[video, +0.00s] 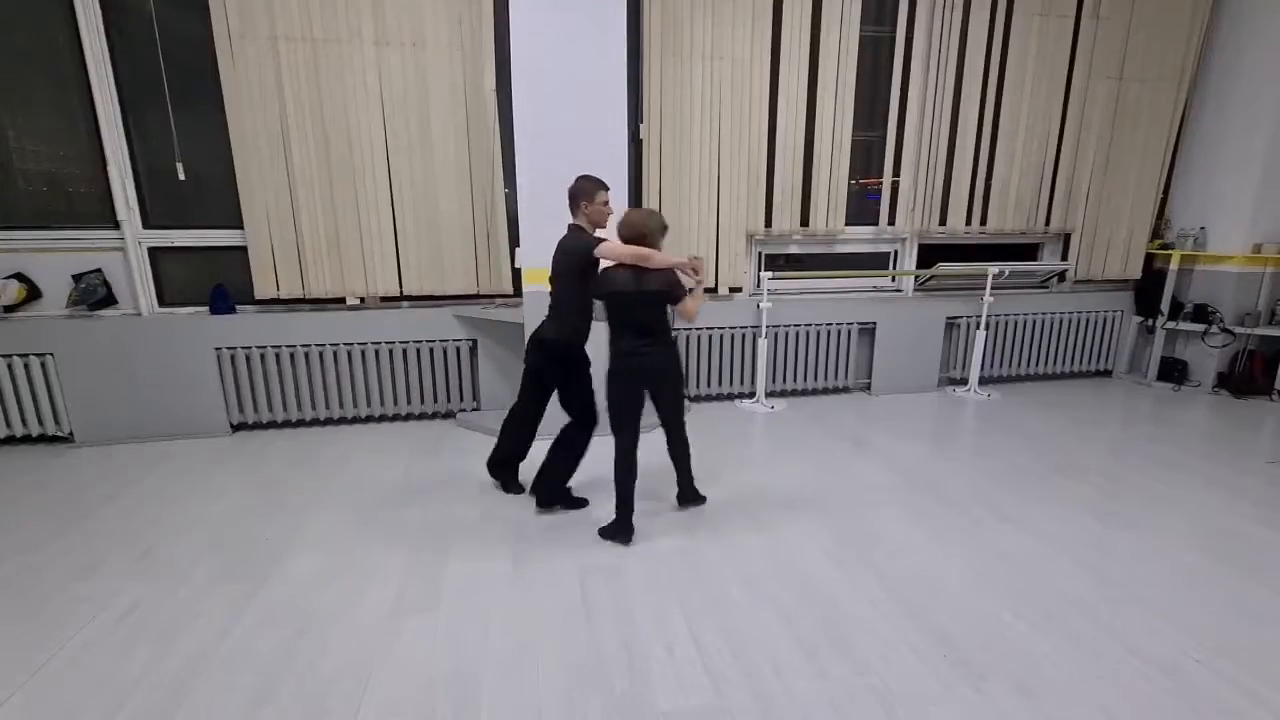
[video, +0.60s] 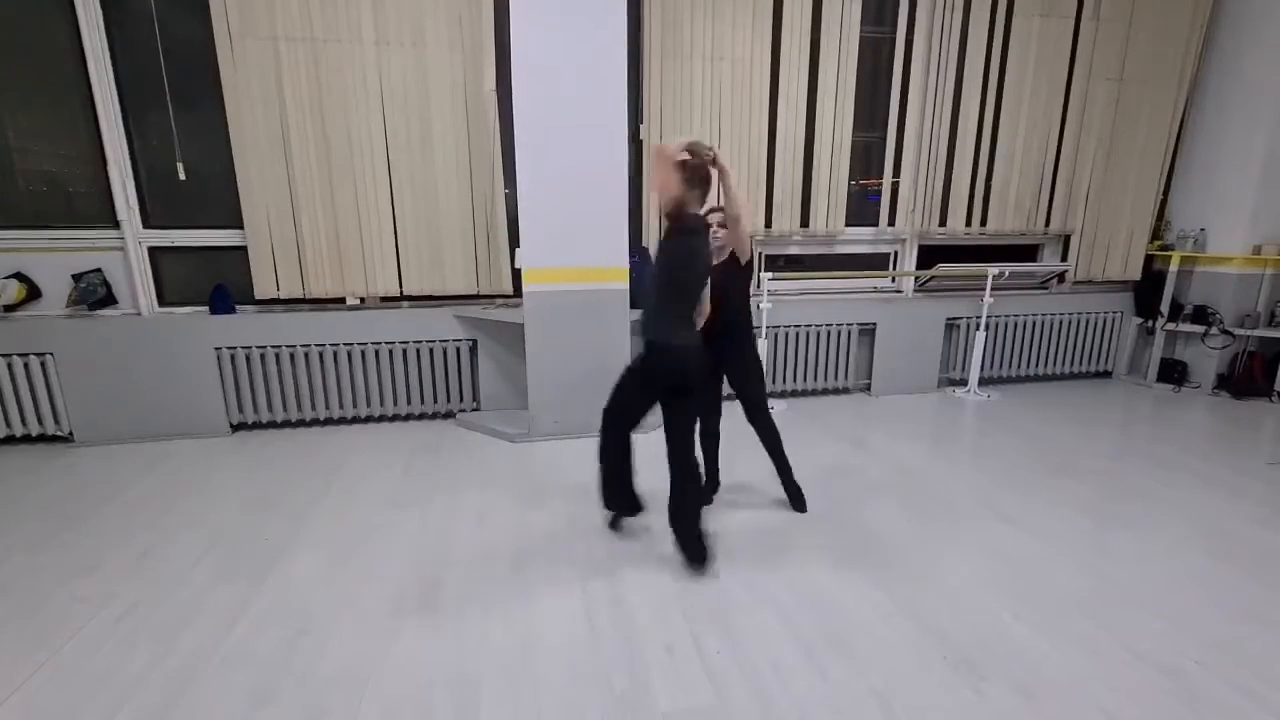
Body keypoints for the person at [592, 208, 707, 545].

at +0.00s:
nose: (663, 243)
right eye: (662, 238)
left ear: (623, 239)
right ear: (655, 241)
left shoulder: (608, 279)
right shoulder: (665, 277)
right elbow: (688, 312)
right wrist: (699, 285)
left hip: (624, 367)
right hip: (663, 365)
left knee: (625, 443)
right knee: (675, 430)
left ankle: (623, 522)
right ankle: (687, 490)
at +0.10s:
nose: (684, 238)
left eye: (683, 234)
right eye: (683, 234)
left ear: (646, 235)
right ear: (677, 237)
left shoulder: (631, 271)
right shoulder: (686, 275)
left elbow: (621, 299)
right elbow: (715, 309)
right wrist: (723, 278)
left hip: (645, 354)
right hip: (685, 355)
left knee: (640, 423)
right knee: (689, 425)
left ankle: (624, 493)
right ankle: (687, 491)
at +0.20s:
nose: (695, 244)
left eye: (695, 239)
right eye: (694, 239)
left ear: (659, 241)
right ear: (689, 242)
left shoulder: (653, 275)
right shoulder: (688, 283)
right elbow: (714, 319)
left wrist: (644, 225)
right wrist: (735, 291)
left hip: (663, 357)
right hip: (692, 363)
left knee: (687, 403)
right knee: (695, 429)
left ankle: (650, 417)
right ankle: (686, 492)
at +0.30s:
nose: (707, 241)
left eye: (705, 236)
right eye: (704, 237)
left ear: (671, 243)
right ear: (697, 244)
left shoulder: (693, 272)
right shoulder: (679, 284)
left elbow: (693, 229)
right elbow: (688, 333)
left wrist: (681, 201)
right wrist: (720, 328)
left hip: (705, 357)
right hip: (689, 364)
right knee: (696, 421)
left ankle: (691, 418)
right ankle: (683, 483)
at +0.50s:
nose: (699, 235)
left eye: (705, 229)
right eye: (694, 231)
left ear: (719, 233)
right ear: (689, 237)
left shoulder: (734, 260)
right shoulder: (685, 267)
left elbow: (744, 217)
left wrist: (724, 175)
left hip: (733, 352)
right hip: (695, 354)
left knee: (756, 419)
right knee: (702, 423)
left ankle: (786, 479)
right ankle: (706, 480)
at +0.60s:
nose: (714, 231)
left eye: (720, 225)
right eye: (710, 226)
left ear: (732, 227)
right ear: (705, 230)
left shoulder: (740, 256)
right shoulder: (704, 262)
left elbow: (735, 217)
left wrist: (724, 174)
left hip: (738, 344)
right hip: (707, 344)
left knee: (758, 416)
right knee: (707, 420)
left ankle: (789, 481)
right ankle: (710, 479)